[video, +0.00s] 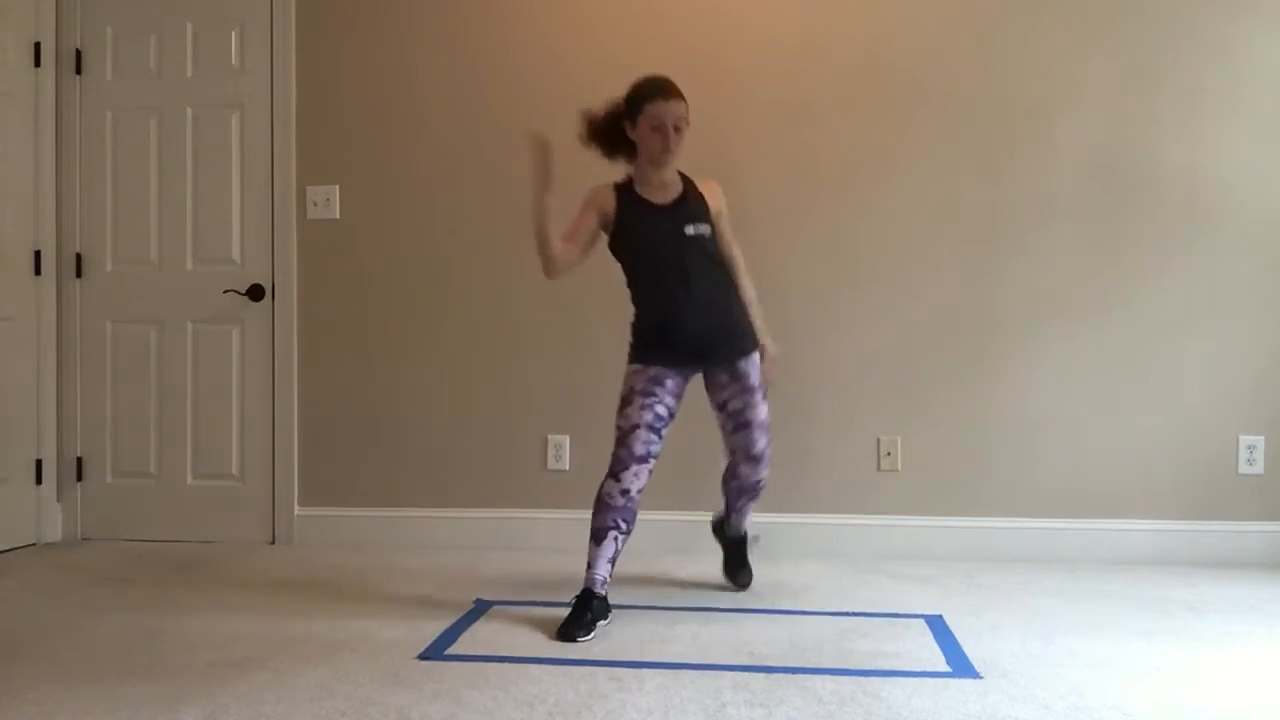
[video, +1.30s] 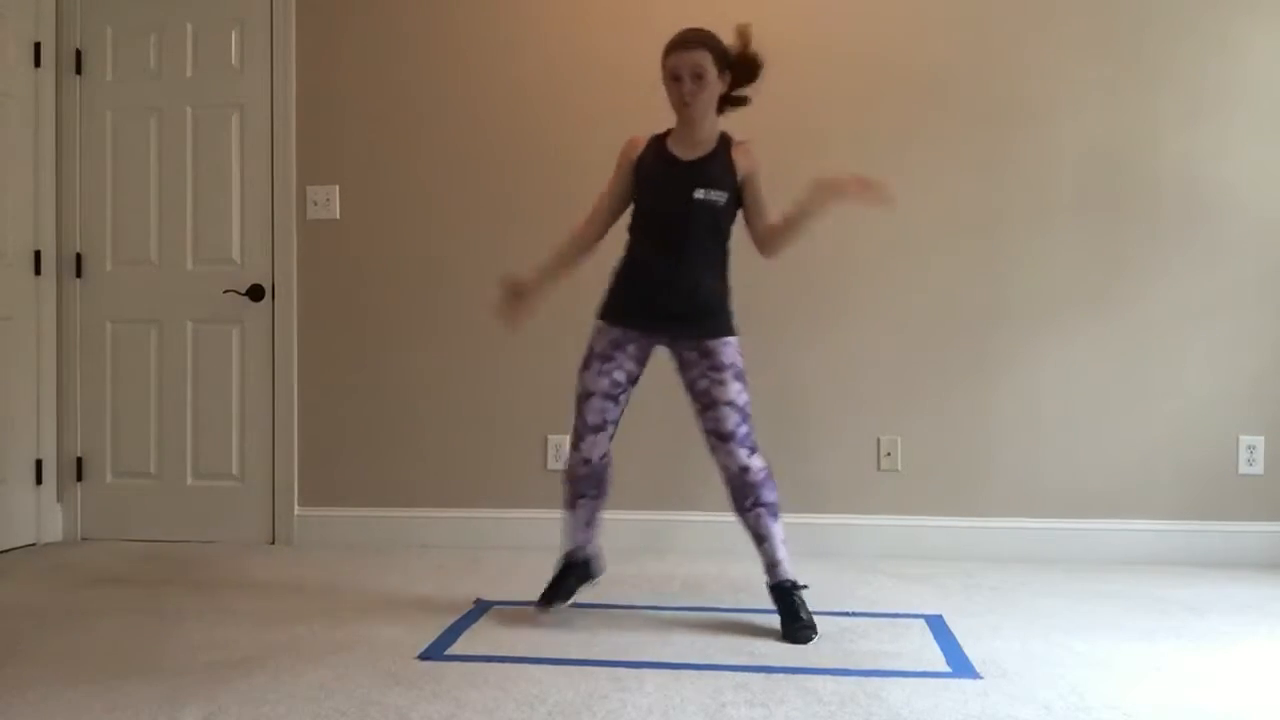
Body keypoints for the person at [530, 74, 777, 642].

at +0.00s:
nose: (672, 136)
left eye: (680, 125)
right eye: (659, 126)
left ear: (689, 130)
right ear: (633, 131)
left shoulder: (706, 193)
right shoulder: (609, 200)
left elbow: (735, 266)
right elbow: (555, 262)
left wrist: (761, 335)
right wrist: (542, 190)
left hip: (728, 340)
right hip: (660, 348)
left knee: (753, 453)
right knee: (628, 469)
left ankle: (734, 530)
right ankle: (594, 592)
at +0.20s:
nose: (695, 144)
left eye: (704, 134)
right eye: (683, 135)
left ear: (718, 139)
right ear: (664, 142)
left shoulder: (739, 206)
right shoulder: (642, 206)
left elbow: (767, 285)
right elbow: (583, 263)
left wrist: (810, 345)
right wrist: (561, 202)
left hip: (731, 350)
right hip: (666, 349)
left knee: (736, 461)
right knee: (630, 458)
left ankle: (727, 550)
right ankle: (600, 576)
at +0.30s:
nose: (699, 116)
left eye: (709, 104)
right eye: (688, 107)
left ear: (724, 109)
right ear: (672, 113)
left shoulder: (743, 178)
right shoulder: (649, 170)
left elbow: (768, 260)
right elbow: (595, 233)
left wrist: (836, 275)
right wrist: (525, 241)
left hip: (713, 324)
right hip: (649, 316)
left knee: (722, 437)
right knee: (631, 425)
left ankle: (726, 542)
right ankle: (635, 532)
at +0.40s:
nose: (694, 118)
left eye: (703, 107)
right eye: (683, 110)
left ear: (721, 109)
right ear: (668, 115)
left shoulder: (737, 180)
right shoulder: (647, 171)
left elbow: (753, 263)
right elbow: (619, 244)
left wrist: (800, 223)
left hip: (704, 326)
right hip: (641, 320)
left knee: (713, 438)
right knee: (639, 434)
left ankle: (710, 541)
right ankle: (638, 540)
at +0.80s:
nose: (689, 109)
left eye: (698, 98)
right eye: (676, 99)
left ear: (711, 100)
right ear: (654, 102)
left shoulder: (729, 164)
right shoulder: (631, 167)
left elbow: (762, 245)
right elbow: (596, 244)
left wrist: (813, 305)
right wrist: (532, 230)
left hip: (734, 308)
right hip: (669, 315)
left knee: (754, 425)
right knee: (657, 432)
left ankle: (785, 557)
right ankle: (659, 543)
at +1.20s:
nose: (697, 93)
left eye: (709, 82)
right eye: (687, 83)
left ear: (735, 88)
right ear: (676, 89)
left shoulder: (750, 163)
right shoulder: (653, 160)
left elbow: (786, 249)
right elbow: (595, 226)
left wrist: (855, 279)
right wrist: (515, 217)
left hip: (728, 324)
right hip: (658, 320)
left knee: (753, 450)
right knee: (618, 420)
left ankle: (797, 586)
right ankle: (631, 519)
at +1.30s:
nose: (684, 87)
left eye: (696, 75)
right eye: (674, 77)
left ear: (722, 82)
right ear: (664, 85)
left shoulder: (738, 156)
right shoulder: (640, 152)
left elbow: (767, 242)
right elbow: (592, 229)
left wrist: (818, 198)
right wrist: (535, 281)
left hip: (703, 319)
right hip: (629, 314)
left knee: (735, 450)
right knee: (588, 437)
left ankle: (782, 583)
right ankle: (579, 556)